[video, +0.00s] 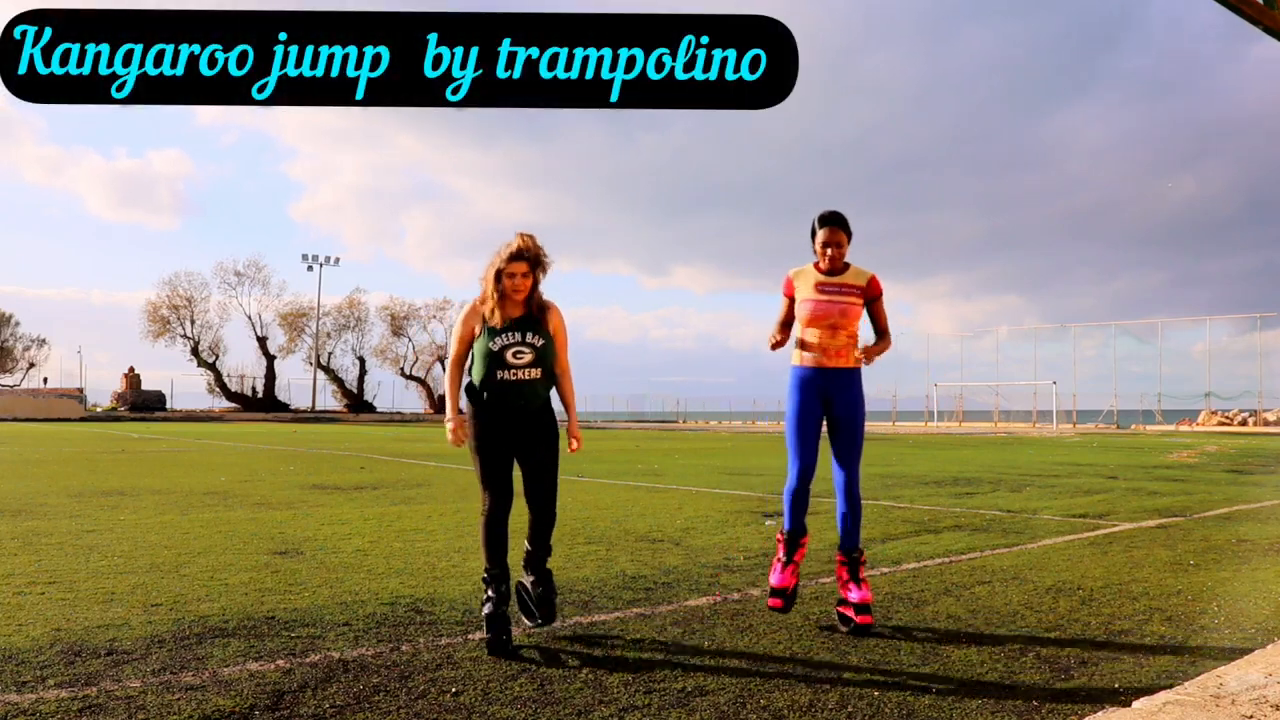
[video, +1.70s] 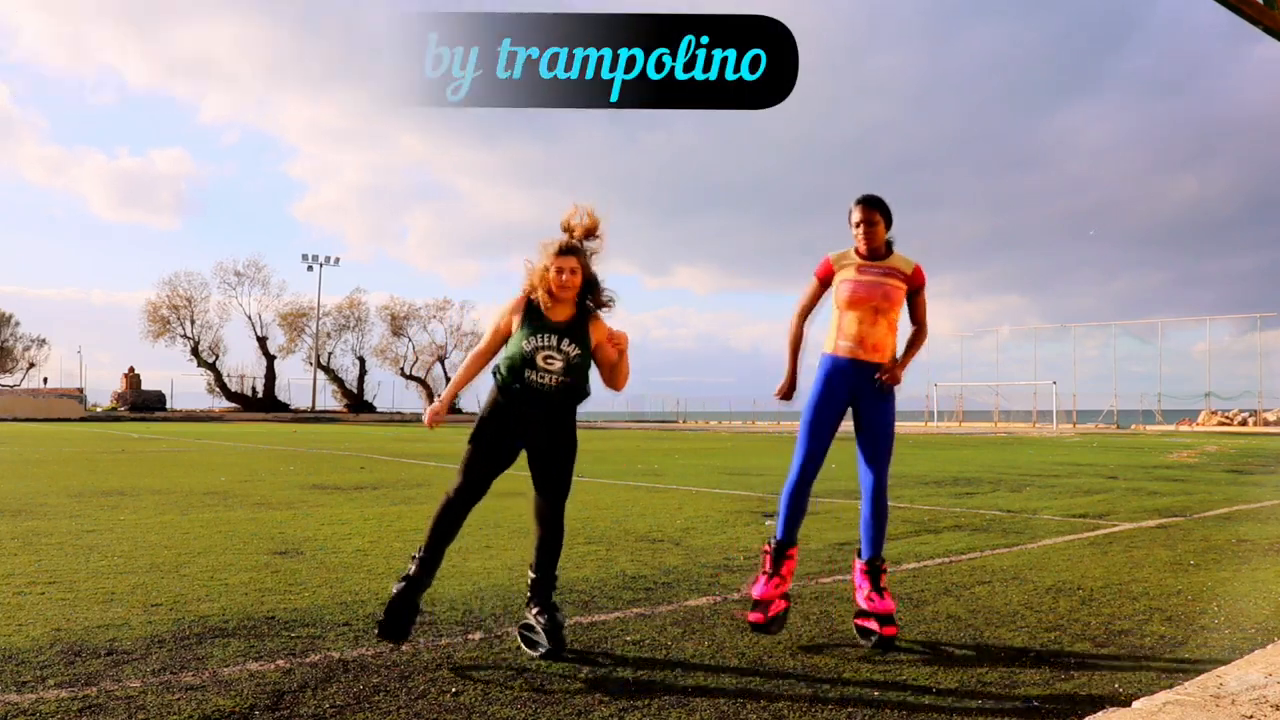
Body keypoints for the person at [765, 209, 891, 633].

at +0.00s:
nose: (831, 253)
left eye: (838, 246)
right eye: (825, 246)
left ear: (848, 246)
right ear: (813, 245)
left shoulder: (864, 282)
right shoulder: (797, 279)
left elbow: (885, 336)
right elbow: (784, 324)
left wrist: (874, 350)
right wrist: (779, 337)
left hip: (846, 383)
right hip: (804, 381)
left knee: (848, 480)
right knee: (799, 474)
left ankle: (850, 570)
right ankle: (789, 552)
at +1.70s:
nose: (863, 231)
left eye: (870, 224)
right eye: (857, 225)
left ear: (887, 226)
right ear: (850, 229)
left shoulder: (908, 272)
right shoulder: (835, 265)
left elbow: (920, 328)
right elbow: (800, 315)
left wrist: (901, 364)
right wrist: (792, 373)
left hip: (878, 379)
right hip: (833, 372)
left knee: (875, 482)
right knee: (803, 468)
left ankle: (871, 577)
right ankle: (777, 566)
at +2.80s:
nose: (839, 250)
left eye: (846, 244)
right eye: (833, 242)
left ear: (855, 249)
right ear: (819, 245)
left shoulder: (872, 284)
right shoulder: (800, 291)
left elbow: (886, 339)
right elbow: (793, 353)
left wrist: (895, 387)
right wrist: (816, 294)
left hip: (882, 388)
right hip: (838, 398)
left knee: (946, 467)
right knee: (849, 496)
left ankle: (1010, 538)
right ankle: (864, 588)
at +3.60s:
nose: (896, 241)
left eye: (903, 232)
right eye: (889, 234)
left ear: (918, 232)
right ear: (882, 237)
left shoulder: (942, 277)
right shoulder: (869, 274)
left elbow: (953, 340)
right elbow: (834, 334)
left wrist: (919, 325)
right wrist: (801, 383)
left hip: (912, 389)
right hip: (866, 379)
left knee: (908, 490)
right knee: (812, 458)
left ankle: (900, 585)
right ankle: (758, 533)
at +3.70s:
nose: (908, 243)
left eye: (914, 236)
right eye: (901, 238)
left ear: (930, 241)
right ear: (893, 244)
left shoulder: (953, 287)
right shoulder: (881, 281)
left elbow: (961, 349)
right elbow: (849, 339)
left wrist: (928, 341)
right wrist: (822, 391)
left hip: (917, 396)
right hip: (871, 384)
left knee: (914, 496)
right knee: (806, 445)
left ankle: (902, 590)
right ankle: (737, 510)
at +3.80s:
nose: (910, 225)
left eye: (917, 218)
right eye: (904, 220)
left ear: (932, 223)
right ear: (896, 226)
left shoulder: (956, 268)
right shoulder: (884, 262)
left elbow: (960, 330)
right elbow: (857, 324)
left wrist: (930, 319)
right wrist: (833, 378)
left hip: (918, 377)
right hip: (875, 363)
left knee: (908, 478)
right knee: (808, 434)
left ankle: (900, 571)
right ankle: (738, 501)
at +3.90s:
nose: (915, 212)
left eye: (921, 205)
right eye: (909, 207)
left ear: (936, 210)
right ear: (901, 214)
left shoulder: (959, 257)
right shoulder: (886, 251)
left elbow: (962, 319)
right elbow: (864, 317)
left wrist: (933, 306)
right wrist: (842, 369)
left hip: (919, 366)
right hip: (875, 354)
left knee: (913, 471)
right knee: (815, 430)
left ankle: (903, 564)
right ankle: (745, 503)